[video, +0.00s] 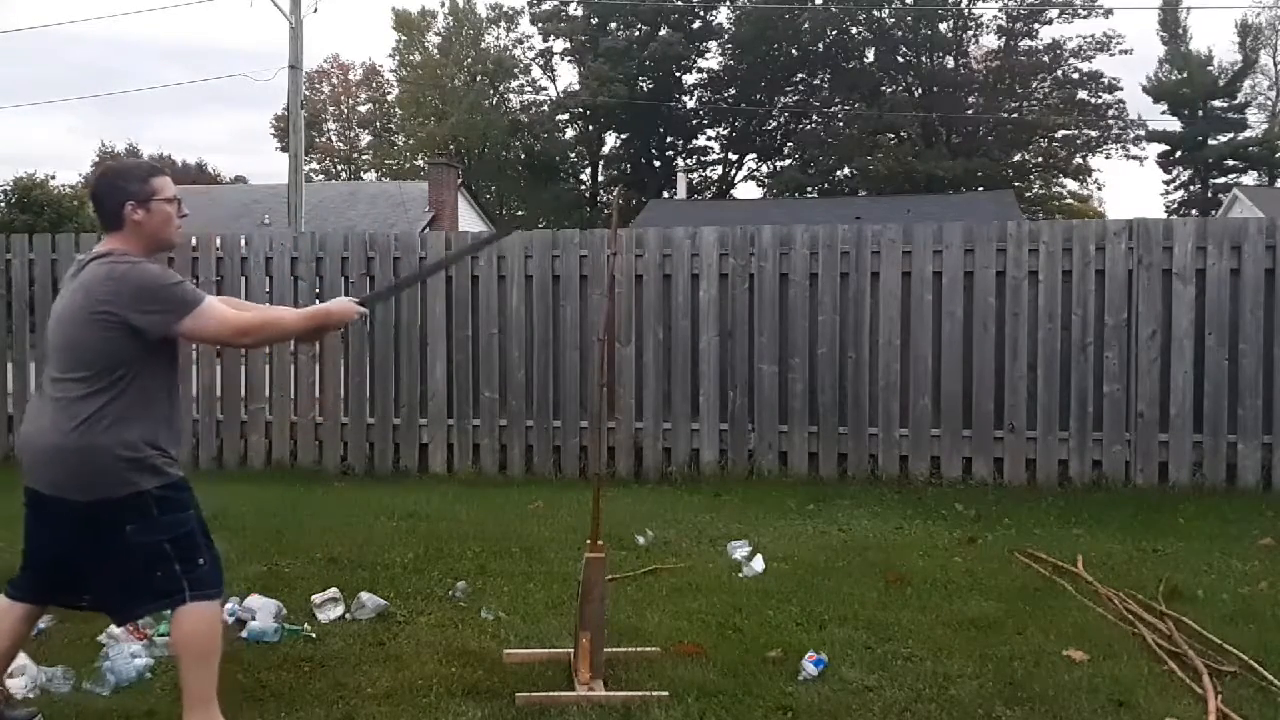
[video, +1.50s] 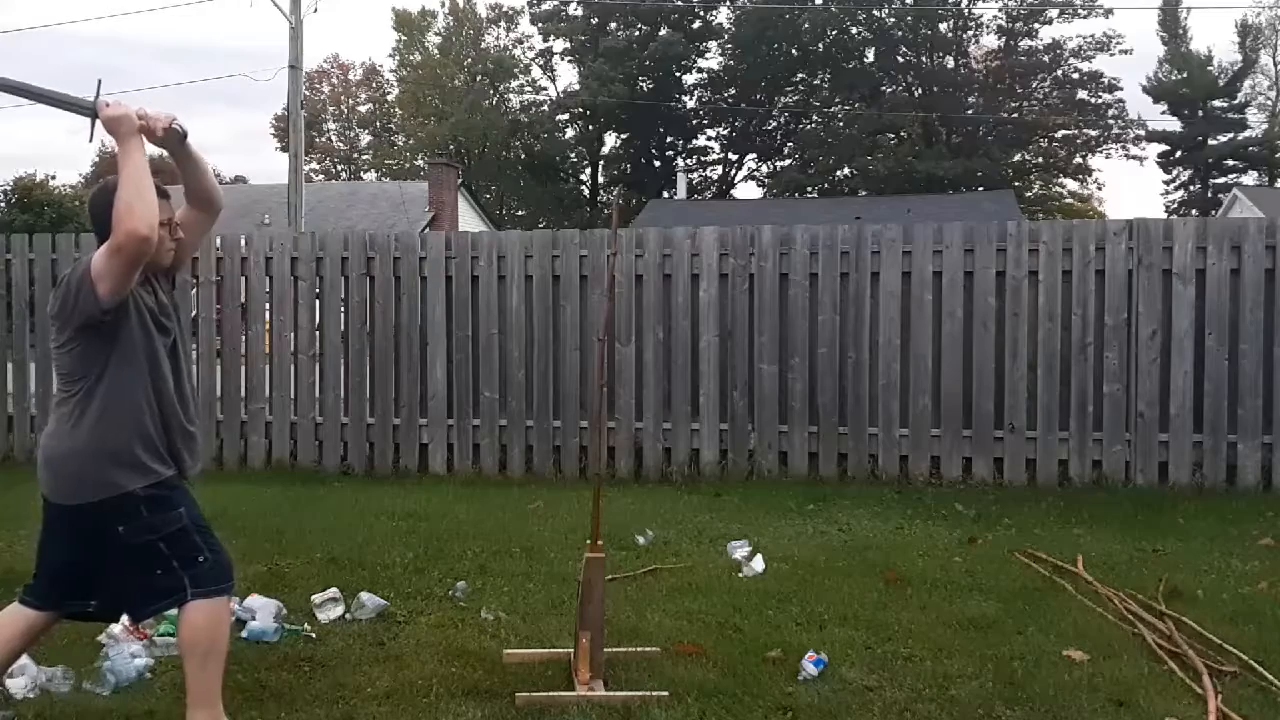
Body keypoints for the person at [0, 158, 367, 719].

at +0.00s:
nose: (182, 213)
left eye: (178, 201)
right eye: (171, 202)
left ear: (128, 214)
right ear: (135, 212)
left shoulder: (90, 272)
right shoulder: (140, 280)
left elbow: (210, 318)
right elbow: (233, 326)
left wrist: (291, 321)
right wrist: (318, 317)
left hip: (50, 460)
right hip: (124, 464)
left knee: (30, 588)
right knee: (199, 586)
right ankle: (202, 712)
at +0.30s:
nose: (206, 226)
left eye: (204, 215)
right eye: (197, 215)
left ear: (149, 225)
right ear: (158, 222)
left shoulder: (110, 272)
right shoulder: (157, 286)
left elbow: (240, 294)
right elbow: (265, 321)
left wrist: (327, 303)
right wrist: (346, 292)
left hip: (49, 463)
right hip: (130, 469)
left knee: (26, 591)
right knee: (205, 591)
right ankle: (204, 713)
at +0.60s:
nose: (188, 228)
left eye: (186, 218)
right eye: (179, 217)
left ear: (134, 224)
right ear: (140, 224)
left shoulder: (106, 274)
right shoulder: (118, 279)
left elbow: (210, 252)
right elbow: (224, 259)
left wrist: (271, 201)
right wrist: (268, 181)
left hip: (50, 466)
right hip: (115, 470)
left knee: (28, 587)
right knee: (197, 585)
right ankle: (203, 712)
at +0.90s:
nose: (175, 226)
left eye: (174, 213)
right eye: (167, 217)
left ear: (128, 226)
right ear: (131, 225)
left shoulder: (130, 277)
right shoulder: (98, 277)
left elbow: (214, 225)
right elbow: (186, 235)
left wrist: (229, 166)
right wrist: (196, 143)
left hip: (59, 466)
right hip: (113, 468)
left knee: (35, 589)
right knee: (199, 582)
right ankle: (203, 712)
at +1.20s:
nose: (174, 222)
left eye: (173, 212)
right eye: (160, 212)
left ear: (171, 219)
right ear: (119, 222)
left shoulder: (158, 281)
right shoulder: (87, 290)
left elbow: (203, 206)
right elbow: (132, 234)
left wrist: (171, 147)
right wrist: (119, 142)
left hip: (77, 471)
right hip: (117, 470)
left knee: (48, 595)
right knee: (207, 577)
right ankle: (205, 713)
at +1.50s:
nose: (175, 226)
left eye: (174, 215)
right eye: (164, 216)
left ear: (167, 222)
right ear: (126, 225)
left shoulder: (159, 281)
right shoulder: (89, 291)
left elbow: (203, 207)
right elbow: (137, 232)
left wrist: (179, 146)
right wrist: (129, 142)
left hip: (78, 472)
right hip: (120, 472)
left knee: (48, 597)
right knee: (208, 580)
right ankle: (206, 713)